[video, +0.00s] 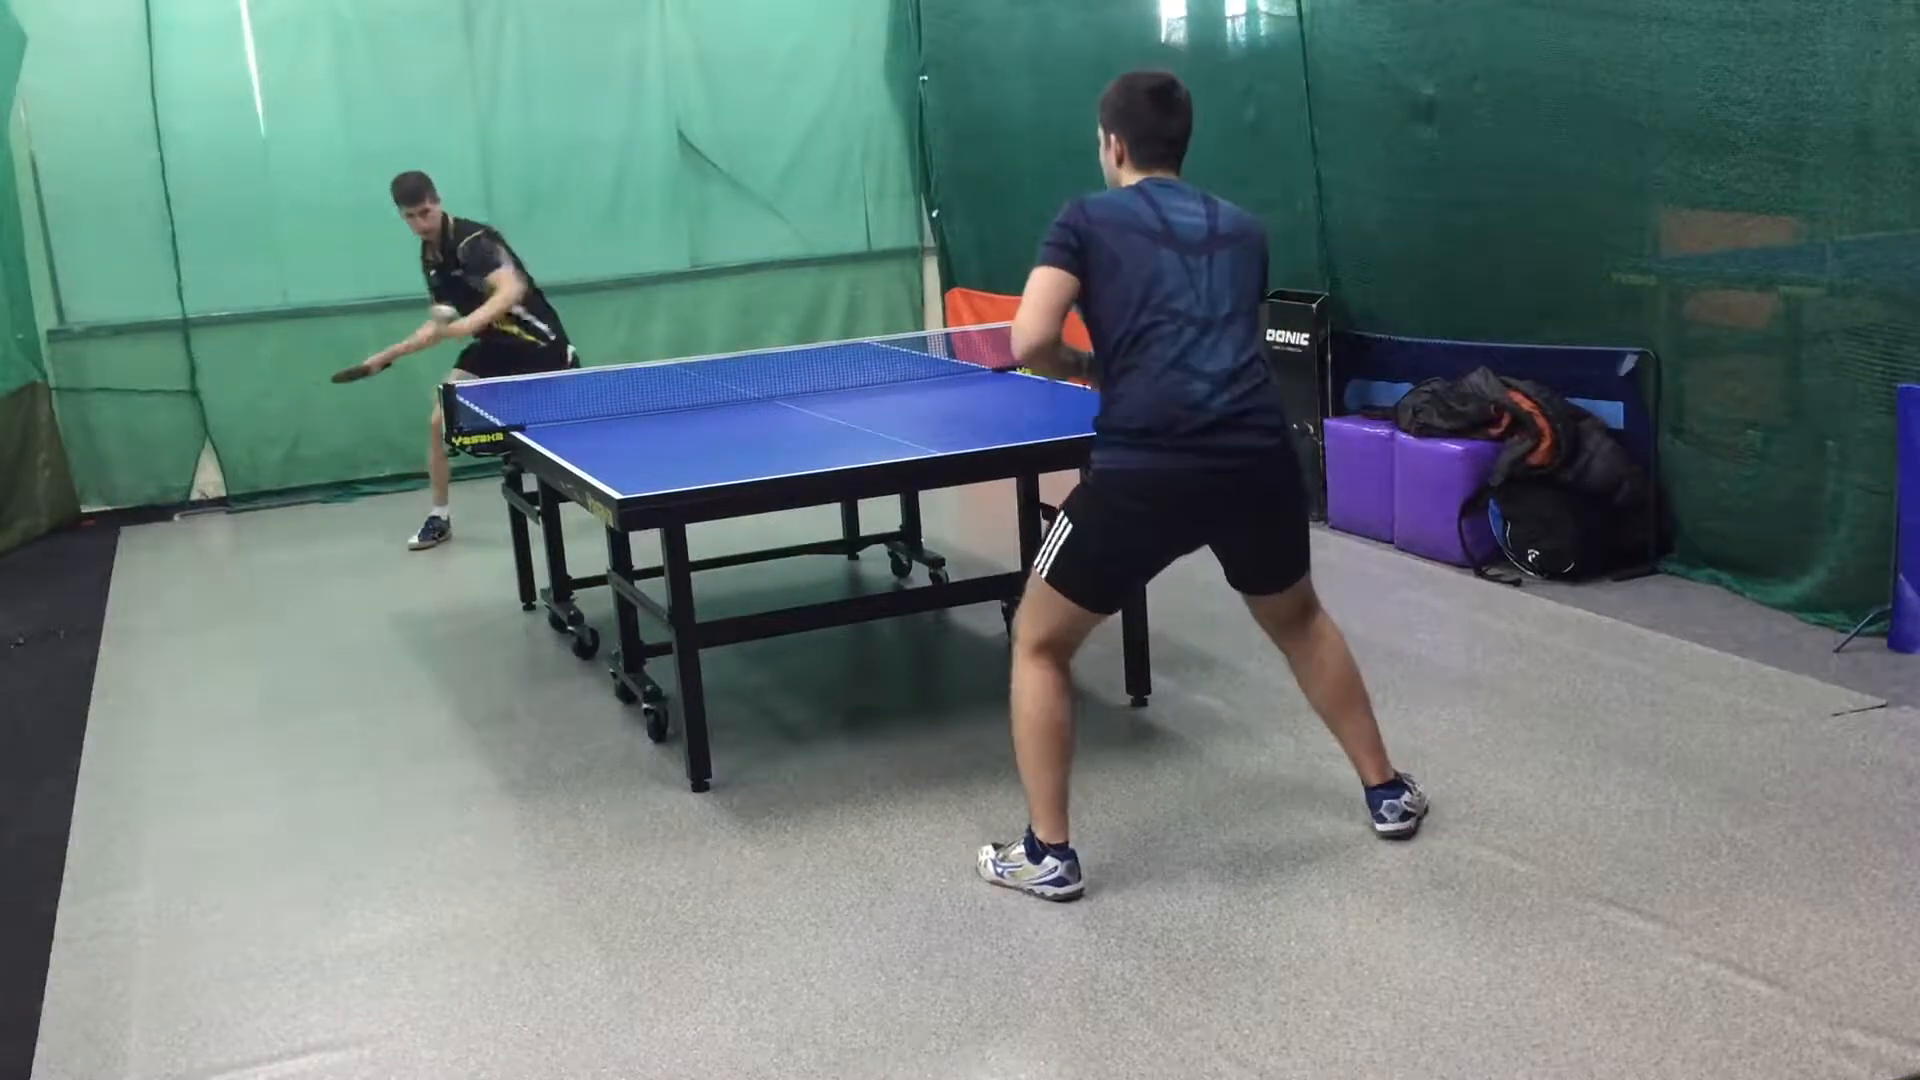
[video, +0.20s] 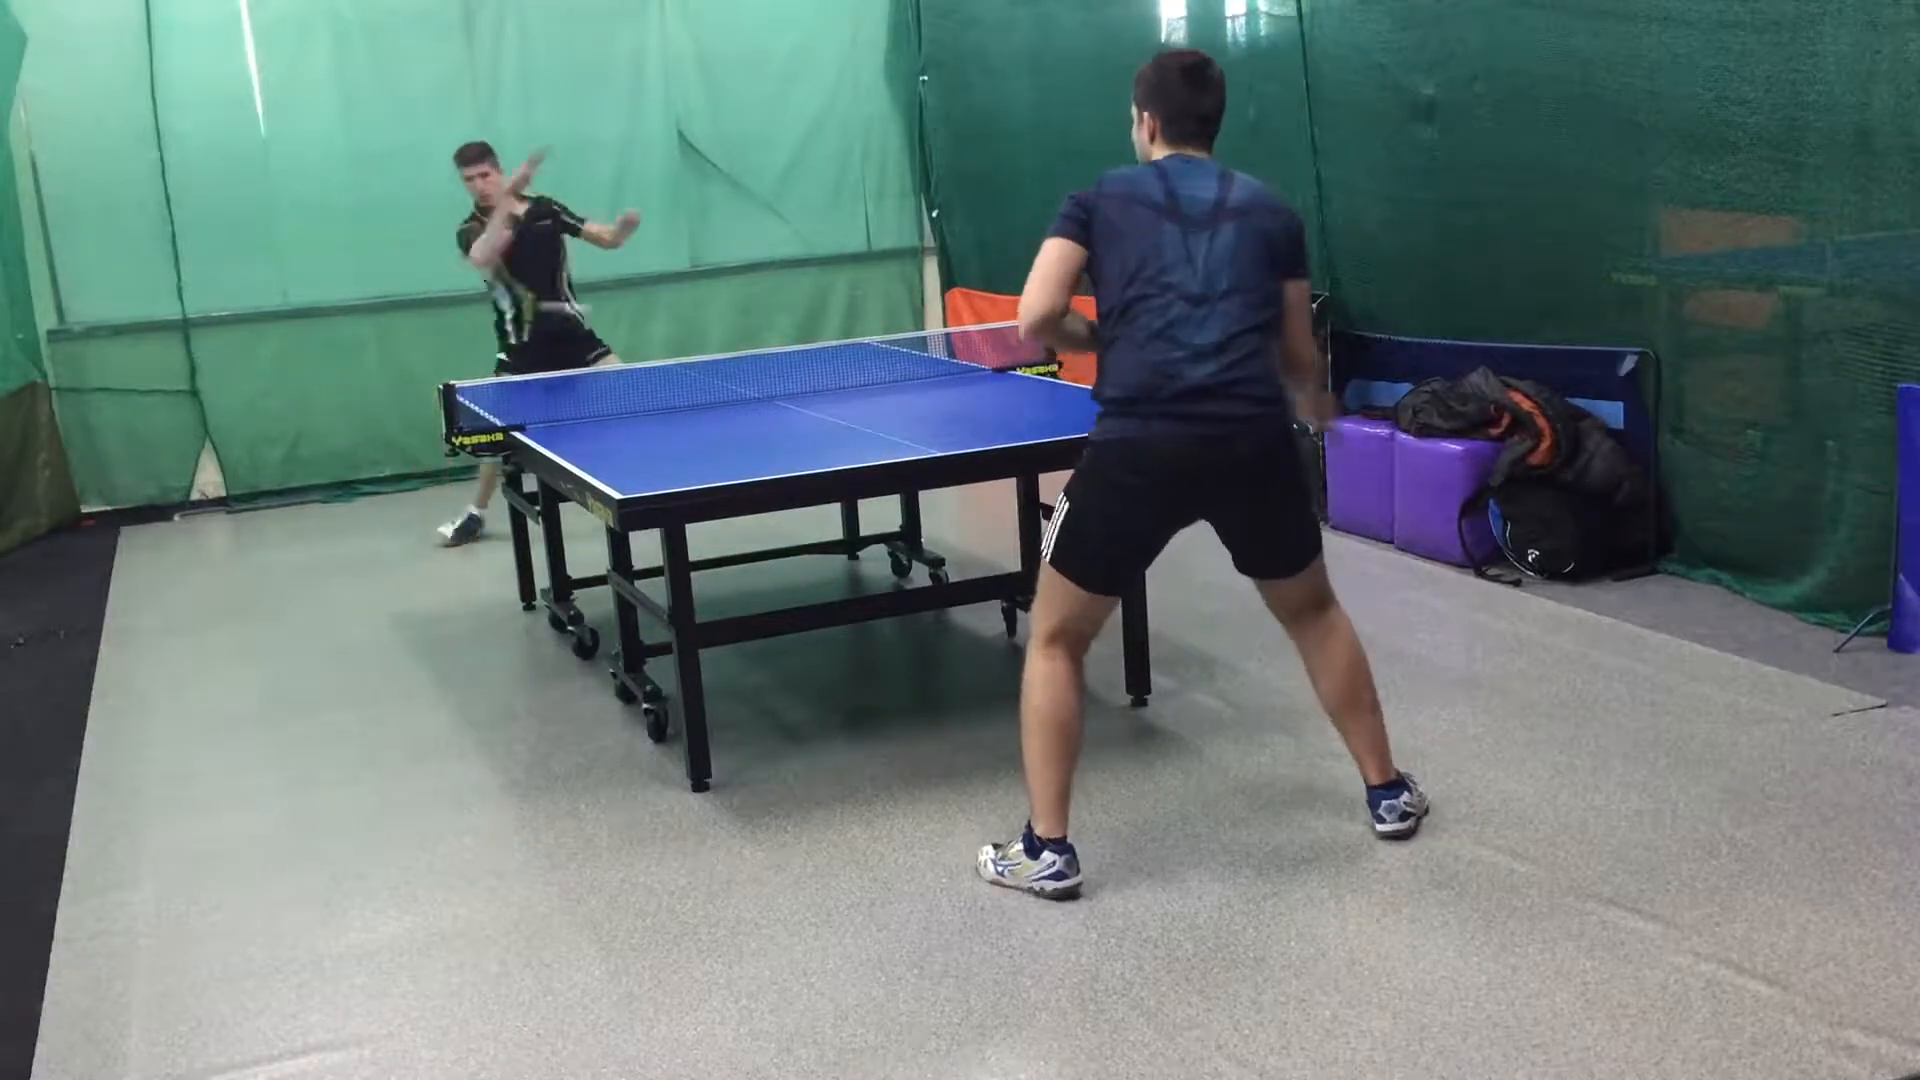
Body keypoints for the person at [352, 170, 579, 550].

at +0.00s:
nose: (421, 224)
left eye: (426, 213)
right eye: (411, 217)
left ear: (439, 202)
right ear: (403, 216)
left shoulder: (475, 240)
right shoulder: (430, 253)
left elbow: (513, 289)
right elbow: (443, 317)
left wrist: (461, 326)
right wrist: (394, 352)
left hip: (543, 345)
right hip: (494, 344)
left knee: (567, 425)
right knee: (441, 419)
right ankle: (439, 515)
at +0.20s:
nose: (478, 186)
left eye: (484, 176)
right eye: (470, 180)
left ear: (503, 174)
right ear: (464, 185)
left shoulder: (542, 209)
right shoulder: (471, 230)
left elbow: (602, 238)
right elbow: (482, 258)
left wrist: (620, 231)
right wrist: (510, 201)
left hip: (569, 332)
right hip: (520, 343)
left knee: (629, 390)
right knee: (498, 425)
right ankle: (477, 511)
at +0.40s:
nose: (518, 181)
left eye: (522, 172)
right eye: (508, 176)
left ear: (533, 170)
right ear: (497, 180)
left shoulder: (563, 209)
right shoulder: (499, 227)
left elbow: (618, 246)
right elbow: (509, 279)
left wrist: (655, 250)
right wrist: (549, 232)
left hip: (574, 335)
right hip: (525, 348)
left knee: (635, 384)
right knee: (495, 435)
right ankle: (465, 511)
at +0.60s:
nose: (481, 183)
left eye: (486, 174)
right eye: (471, 177)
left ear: (496, 171)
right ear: (459, 181)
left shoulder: (531, 212)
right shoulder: (454, 231)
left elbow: (579, 267)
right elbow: (446, 307)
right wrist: (474, 300)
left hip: (550, 322)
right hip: (500, 330)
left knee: (603, 396)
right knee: (464, 410)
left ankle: (624, 490)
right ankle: (451, 510)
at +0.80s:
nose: (455, 188)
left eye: (459, 179)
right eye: (445, 183)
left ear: (468, 174)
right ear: (432, 186)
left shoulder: (503, 220)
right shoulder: (438, 233)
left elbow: (527, 293)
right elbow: (442, 298)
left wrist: (480, 334)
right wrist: (402, 334)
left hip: (542, 320)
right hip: (494, 328)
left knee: (586, 401)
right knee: (457, 408)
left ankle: (618, 491)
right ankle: (449, 511)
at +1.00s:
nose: (475, 166)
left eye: (481, 157)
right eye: (465, 159)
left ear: (490, 155)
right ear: (452, 162)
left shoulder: (518, 204)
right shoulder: (452, 215)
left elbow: (551, 271)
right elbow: (468, 281)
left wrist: (513, 314)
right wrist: (438, 321)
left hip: (548, 314)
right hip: (500, 321)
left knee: (590, 400)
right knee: (461, 403)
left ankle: (623, 491)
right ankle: (452, 509)